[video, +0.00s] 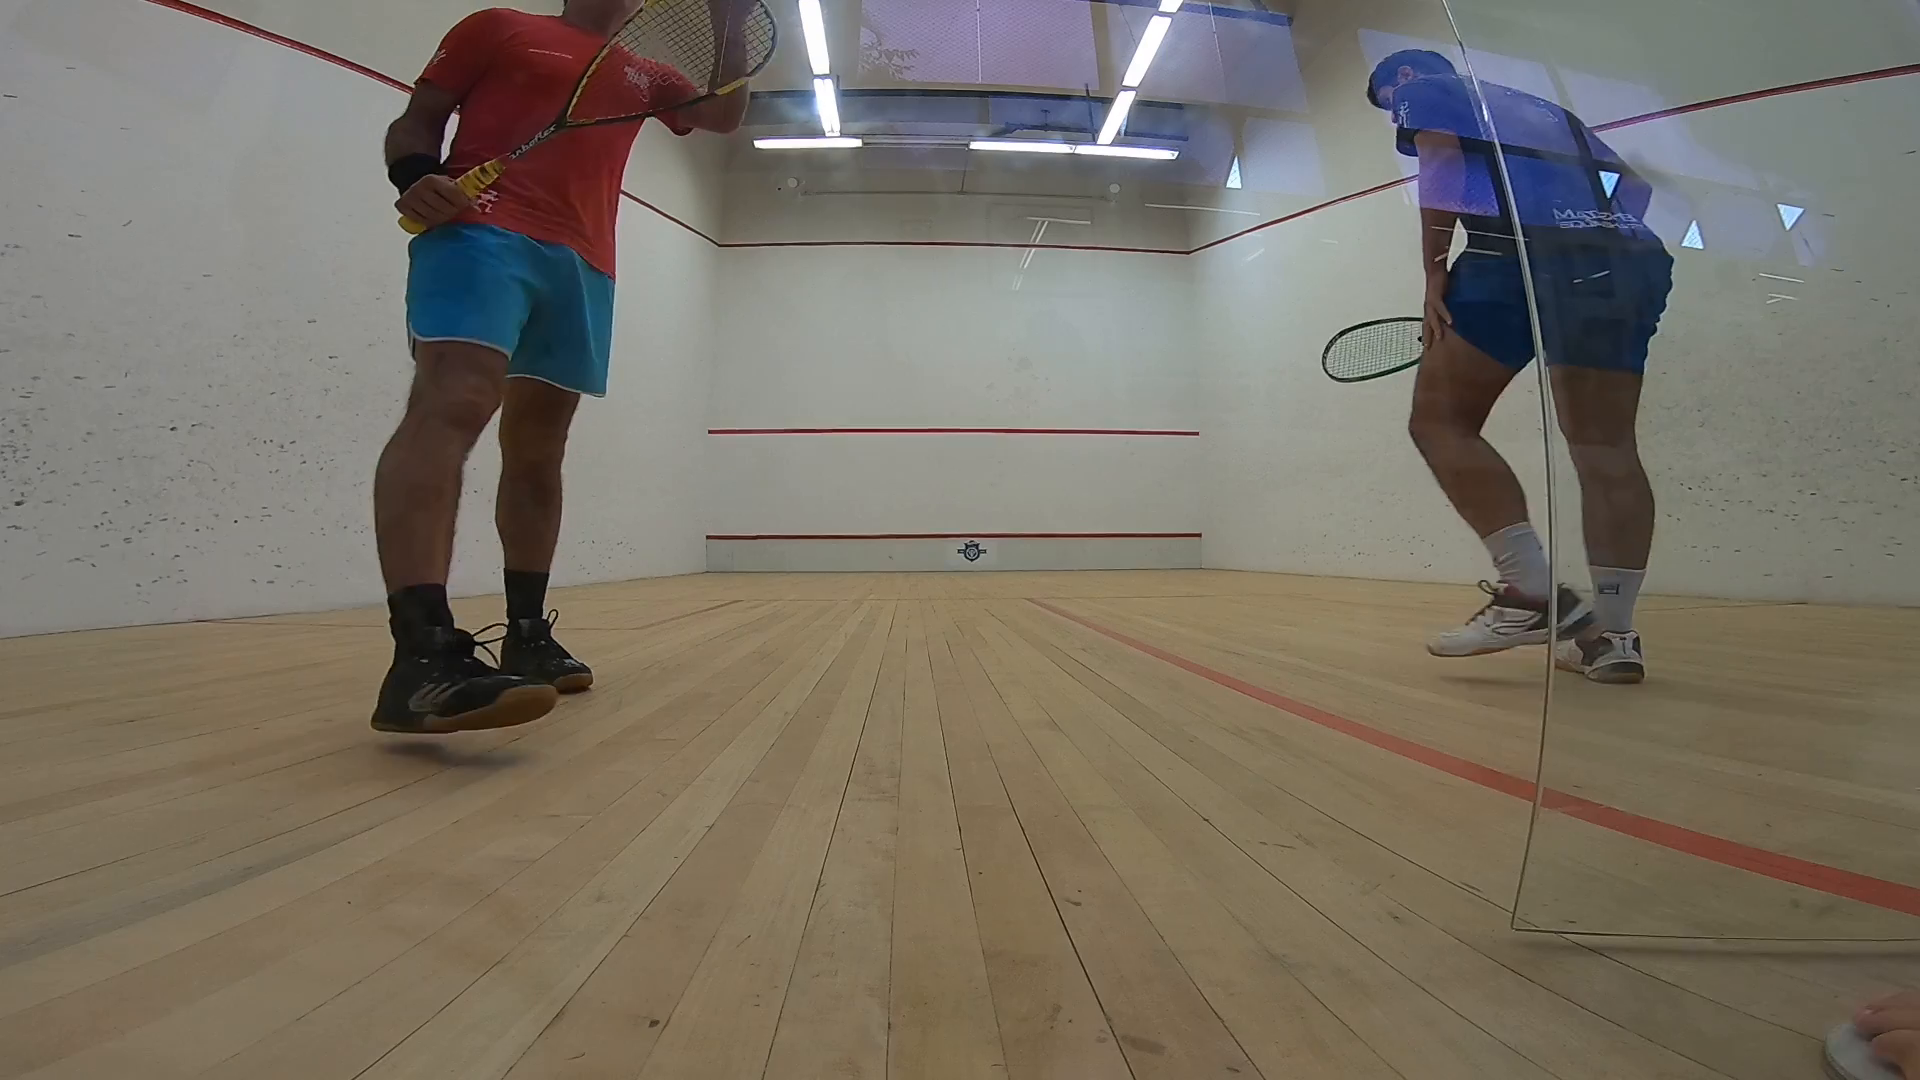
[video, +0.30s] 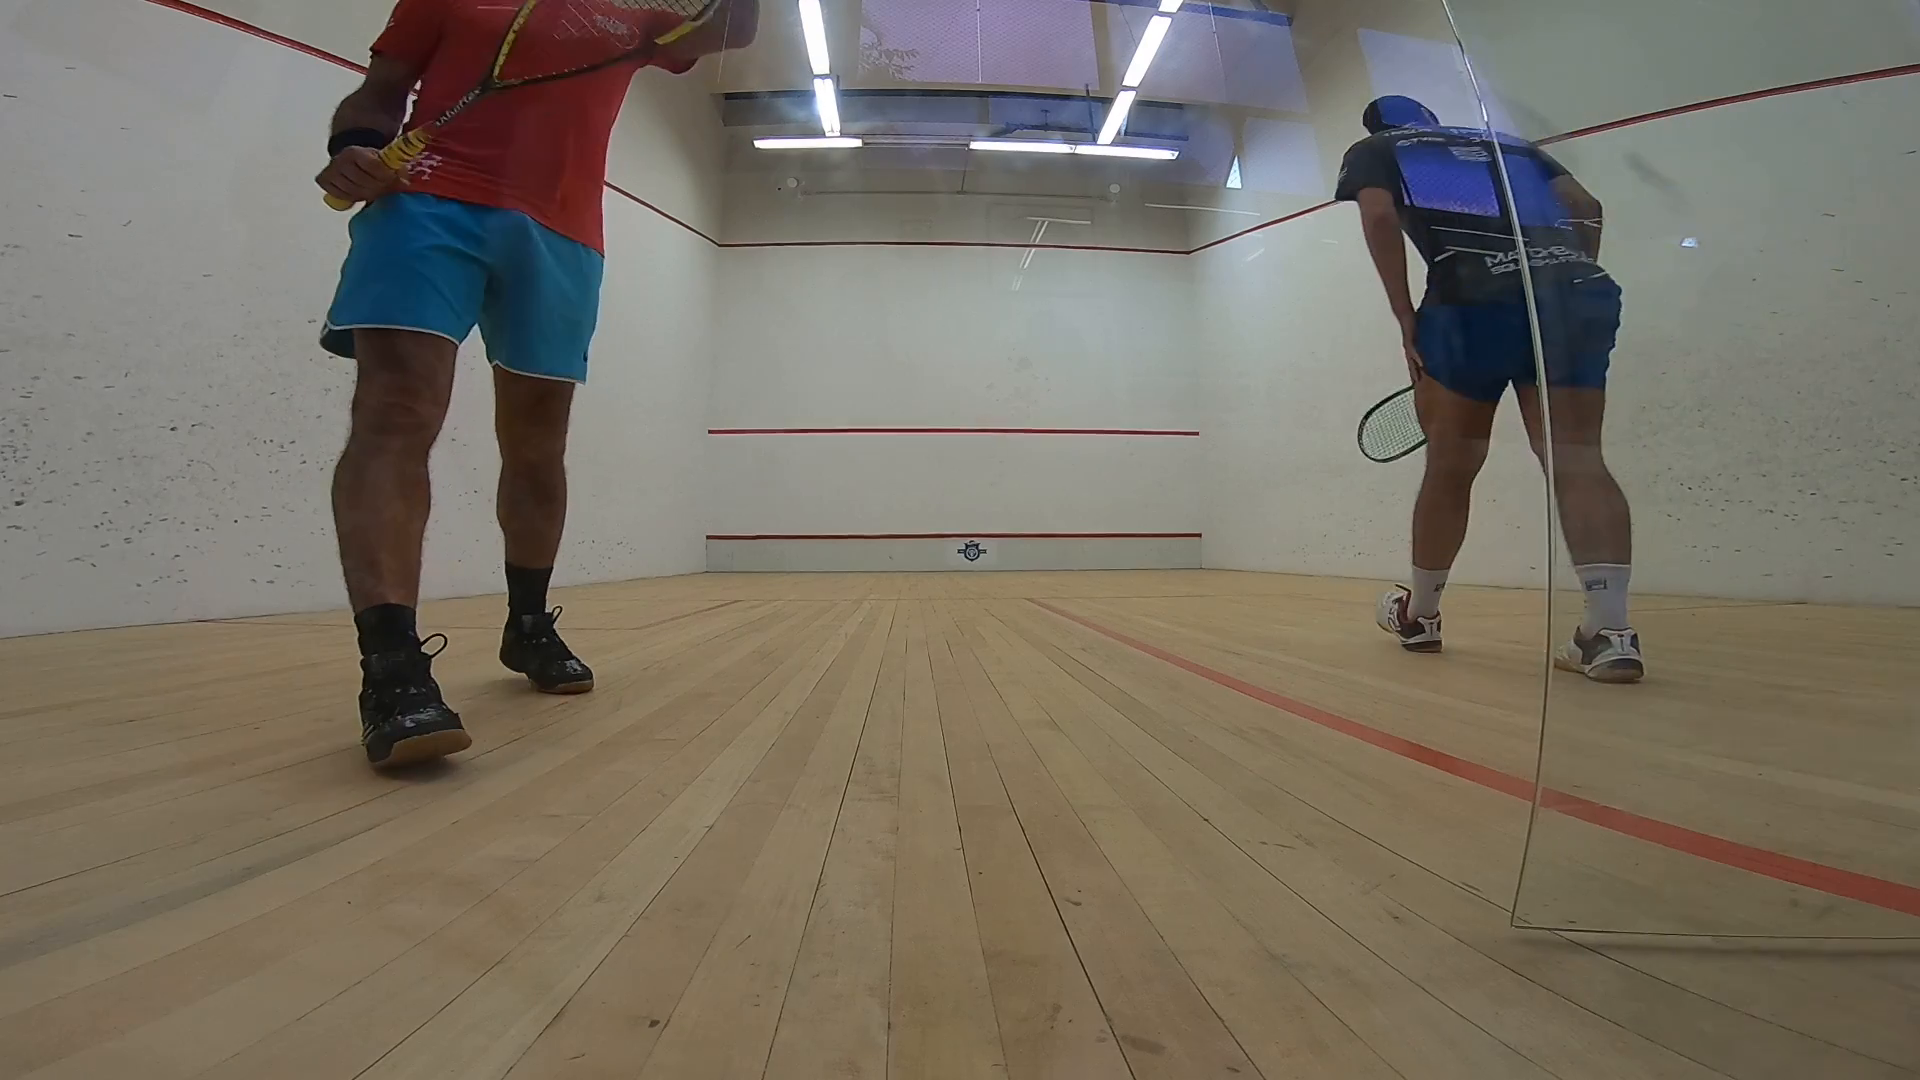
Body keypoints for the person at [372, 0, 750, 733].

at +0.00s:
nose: (628, 0)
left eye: (635, 1)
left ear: (635, 11)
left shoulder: (643, 74)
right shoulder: (501, 27)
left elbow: (726, 112)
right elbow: (418, 119)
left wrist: (730, 16)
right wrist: (414, 176)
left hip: (579, 264)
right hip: (482, 230)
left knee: (538, 450)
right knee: (455, 403)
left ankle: (528, 635)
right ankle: (421, 658)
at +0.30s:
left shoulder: (634, 10)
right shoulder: (443, 2)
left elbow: (734, 27)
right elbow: (382, 90)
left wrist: (716, 10)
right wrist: (350, 148)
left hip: (560, 219)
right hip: (428, 191)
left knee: (538, 442)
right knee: (398, 410)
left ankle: (530, 626)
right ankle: (394, 673)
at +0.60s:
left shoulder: (618, 0)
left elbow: (673, 9)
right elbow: (329, 40)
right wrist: (273, 97)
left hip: (547, 168)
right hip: (397, 146)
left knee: (558, 403)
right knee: (372, 394)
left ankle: (532, 589)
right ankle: (394, 674)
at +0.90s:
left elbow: (663, 3)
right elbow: (344, 7)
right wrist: (269, 55)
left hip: (545, 136)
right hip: (389, 120)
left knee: (559, 398)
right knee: (369, 398)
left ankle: (534, 590)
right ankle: (399, 675)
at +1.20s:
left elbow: (744, 9)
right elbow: (325, 5)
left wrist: (697, 3)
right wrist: (278, 63)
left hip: (557, 123)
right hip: (406, 103)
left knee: (607, 386)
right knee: (378, 385)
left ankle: (600, 610)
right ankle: (402, 679)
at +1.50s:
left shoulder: (668, 2)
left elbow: (721, 75)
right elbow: (367, 6)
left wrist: (834, 30)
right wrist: (376, 38)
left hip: (604, 151)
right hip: (466, 116)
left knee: (598, 408)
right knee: (412, 391)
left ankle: (617, 664)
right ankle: (405, 682)